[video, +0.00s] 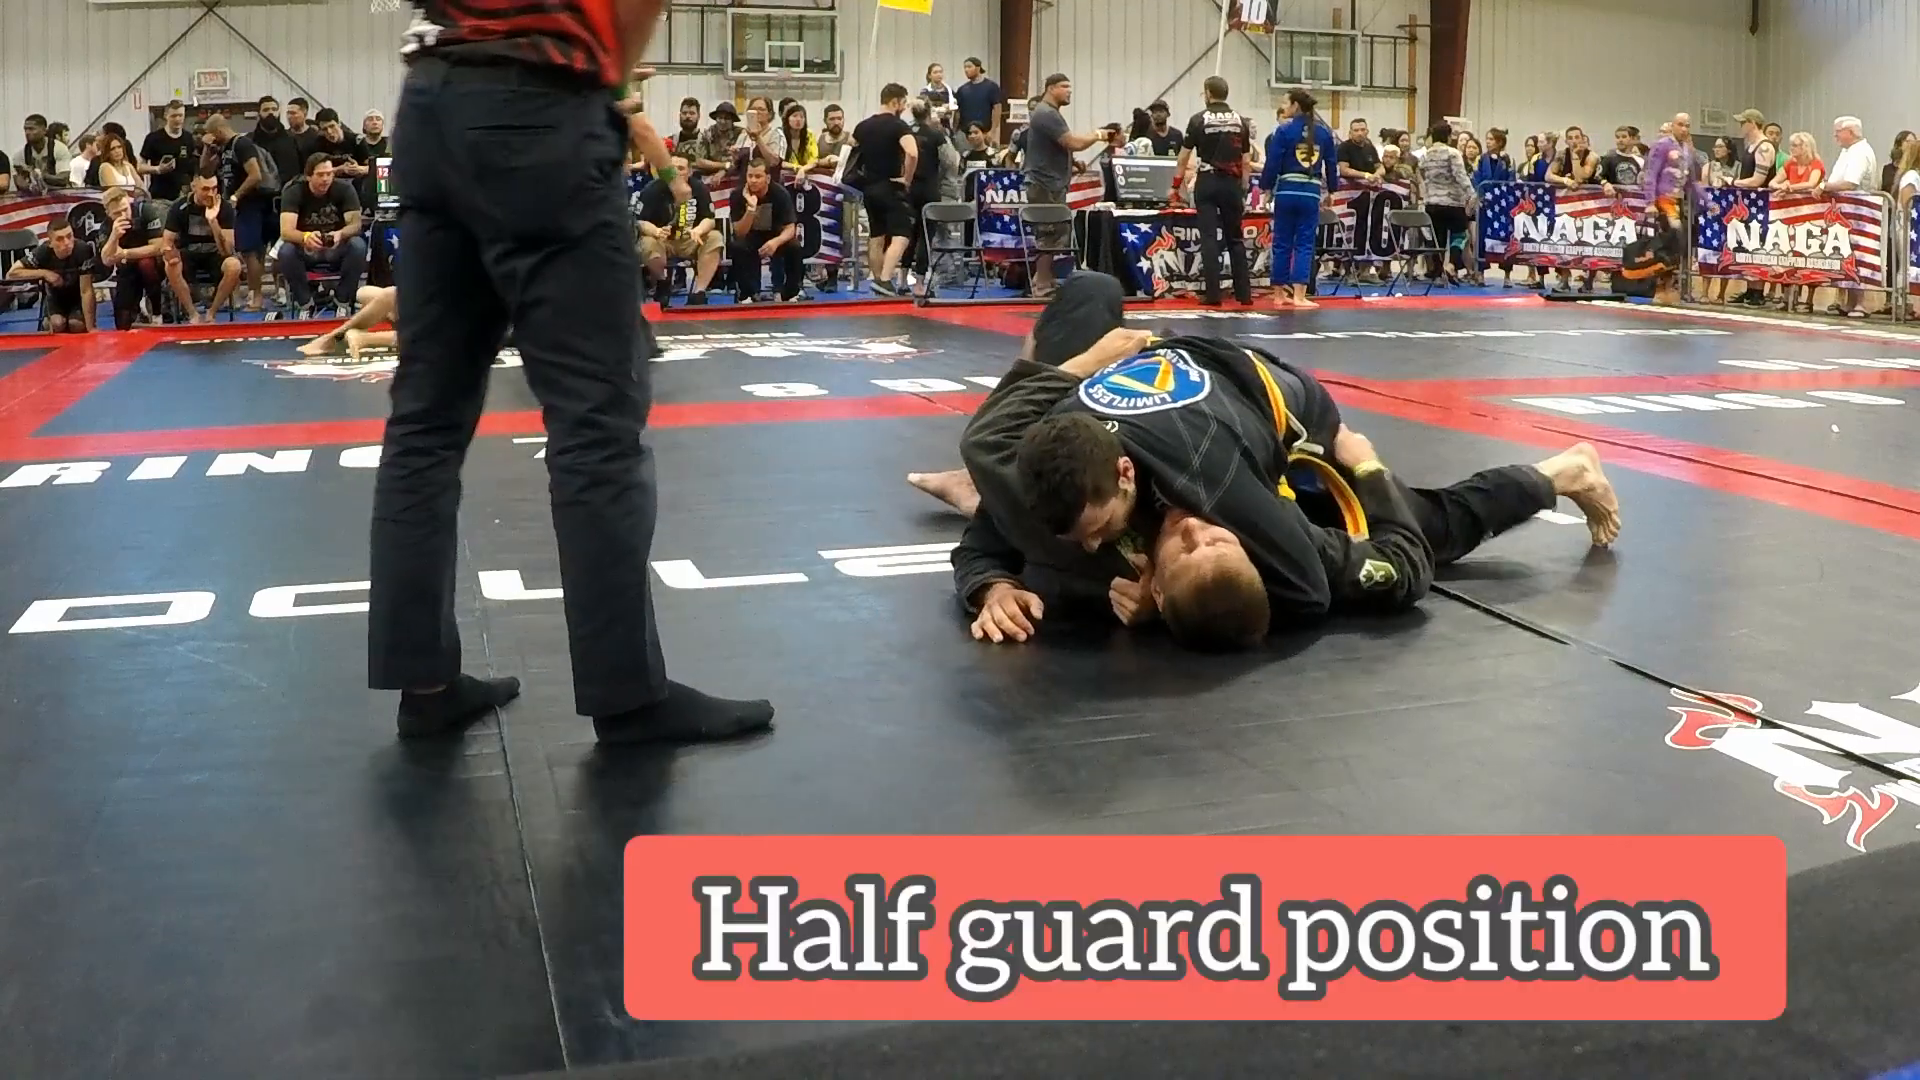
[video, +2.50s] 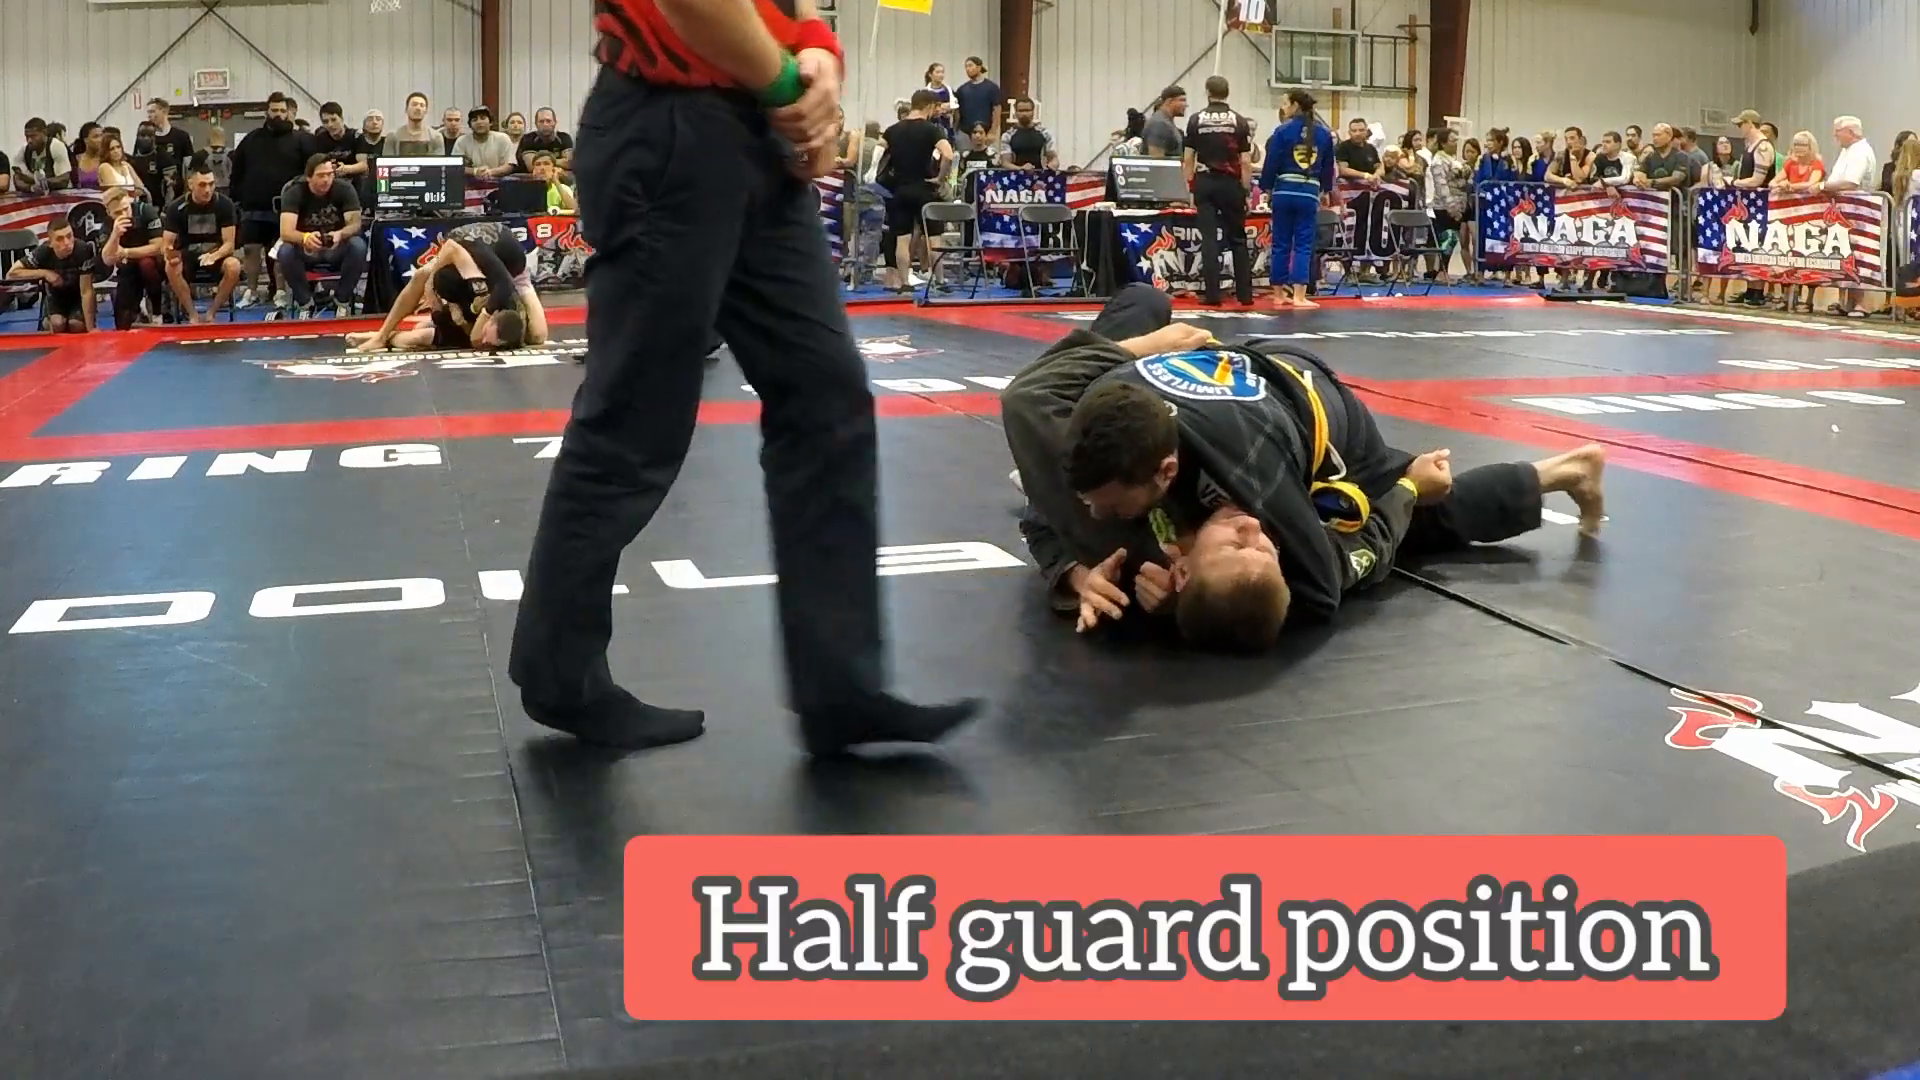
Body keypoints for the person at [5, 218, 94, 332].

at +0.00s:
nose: (67, 243)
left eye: (69, 237)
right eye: (60, 239)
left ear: (73, 235)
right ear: (50, 241)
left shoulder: (83, 249)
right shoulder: (43, 251)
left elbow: (86, 291)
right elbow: (12, 273)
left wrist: (91, 328)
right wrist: (44, 273)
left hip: (77, 293)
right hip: (55, 293)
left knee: (77, 325)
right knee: (58, 323)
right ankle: (46, 324)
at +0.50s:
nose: (67, 243)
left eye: (69, 237)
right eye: (60, 239)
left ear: (73, 235)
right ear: (50, 241)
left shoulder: (83, 249)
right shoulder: (44, 251)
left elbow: (86, 290)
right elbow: (12, 273)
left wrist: (91, 328)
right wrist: (44, 273)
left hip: (78, 292)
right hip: (56, 292)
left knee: (78, 325)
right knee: (58, 323)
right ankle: (46, 324)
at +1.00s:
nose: (67, 243)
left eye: (69, 237)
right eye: (60, 239)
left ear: (73, 235)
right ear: (50, 241)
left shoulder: (83, 249)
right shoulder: (44, 251)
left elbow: (86, 290)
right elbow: (12, 274)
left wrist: (91, 328)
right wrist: (44, 273)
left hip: (77, 292)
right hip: (55, 293)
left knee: (76, 325)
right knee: (58, 324)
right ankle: (46, 323)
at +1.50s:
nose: (67, 243)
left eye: (69, 237)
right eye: (60, 239)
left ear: (73, 235)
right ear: (50, 241)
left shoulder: (83, 249)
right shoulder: (44, 251)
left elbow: (86, 290)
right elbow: (12, 273)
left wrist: (91, 328)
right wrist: (44, 273)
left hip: (78, 291)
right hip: (56, 291)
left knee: (76, 325)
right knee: (58, 323)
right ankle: (46, 323)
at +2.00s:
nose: (67, 243)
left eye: (69, 237)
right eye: (60, 239)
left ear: (73, 234)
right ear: (50, 241)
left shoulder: (83, 250)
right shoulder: (44, 251)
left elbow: (86, 291)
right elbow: (12, 273)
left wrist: (91, 328)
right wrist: (44, 273)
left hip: (78, 291)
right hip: (55, 292)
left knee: (76, 324)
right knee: (58, 323)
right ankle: (46, 323)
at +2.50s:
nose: (67, 243)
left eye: (69, 237)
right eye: (60, 239)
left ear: (73, 235)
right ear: (50, 241)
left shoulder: (83, 250)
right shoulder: (44, 251)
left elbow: (86, 291)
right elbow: (12, 273)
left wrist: (91, 328)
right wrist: (44, 273)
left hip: (78, 293)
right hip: (56, 293)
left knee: (76, 325)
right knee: (58, 323)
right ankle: (46, 323)